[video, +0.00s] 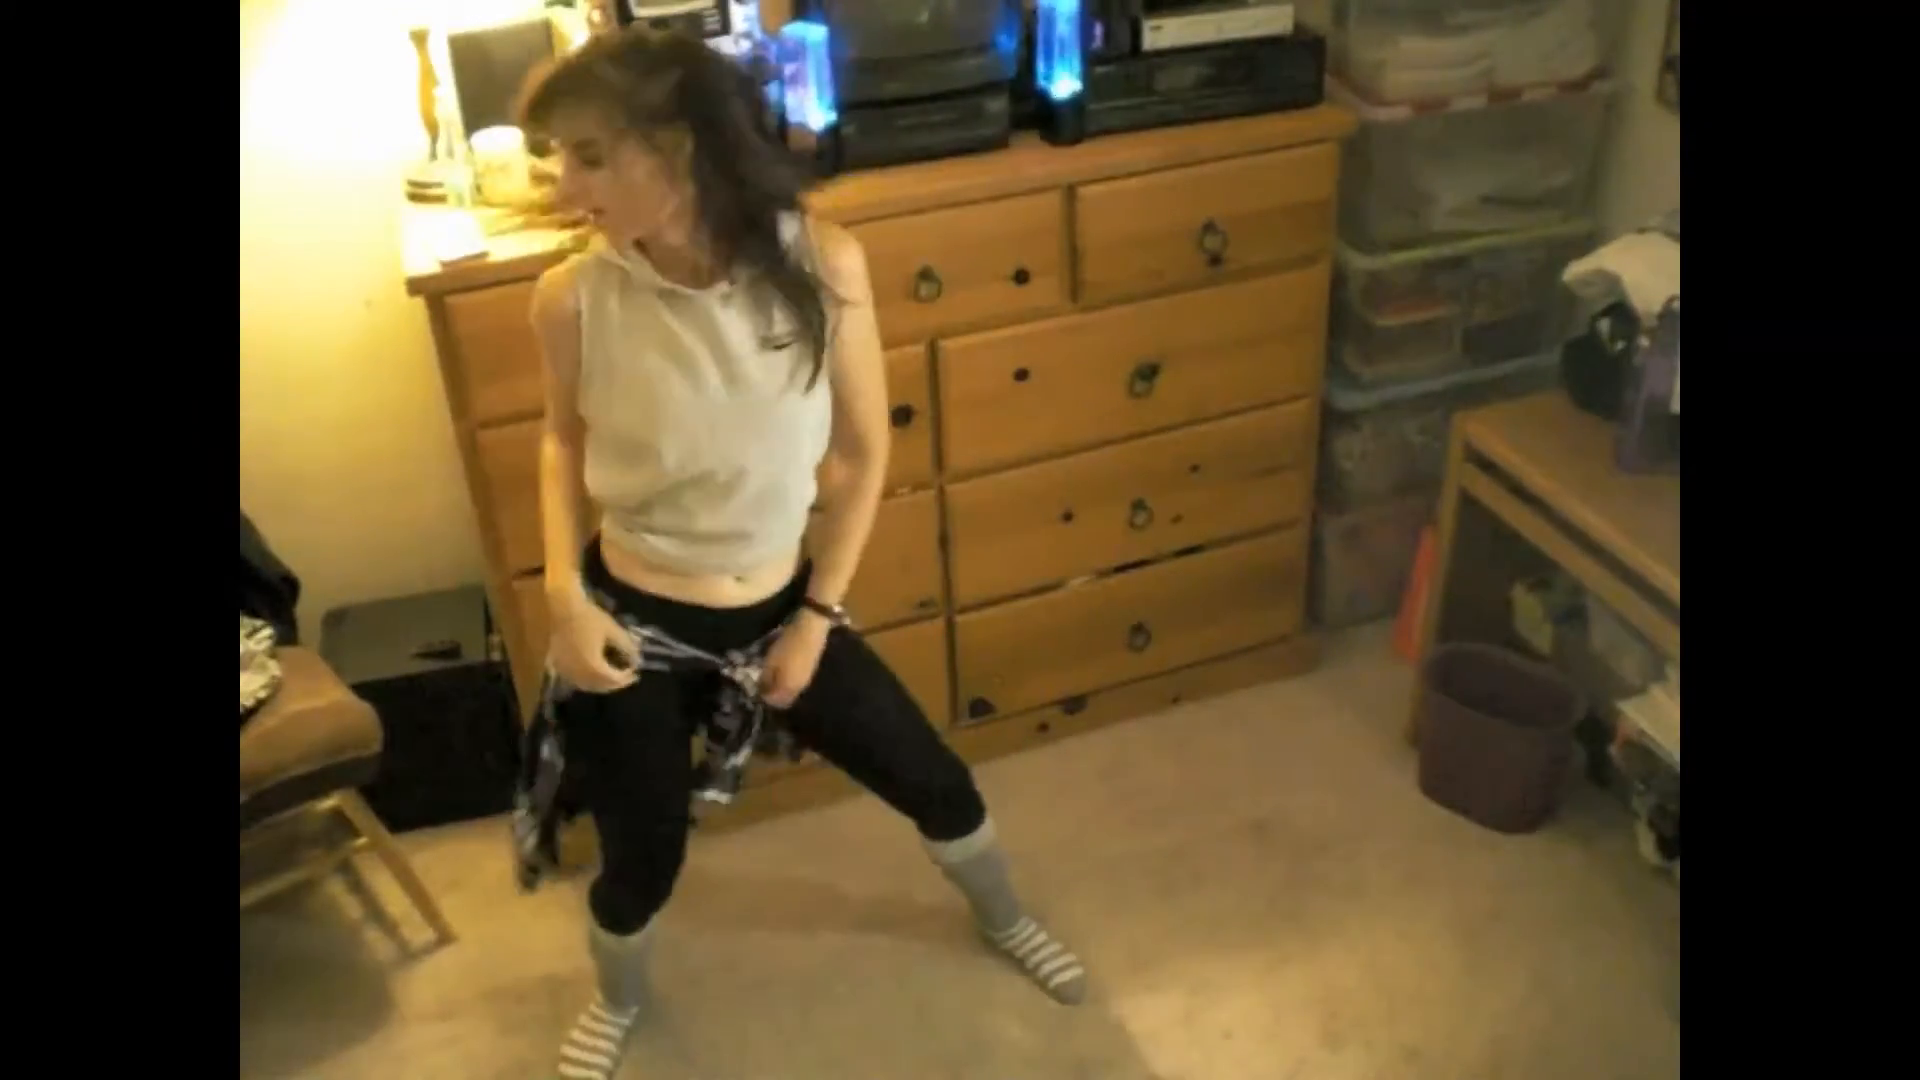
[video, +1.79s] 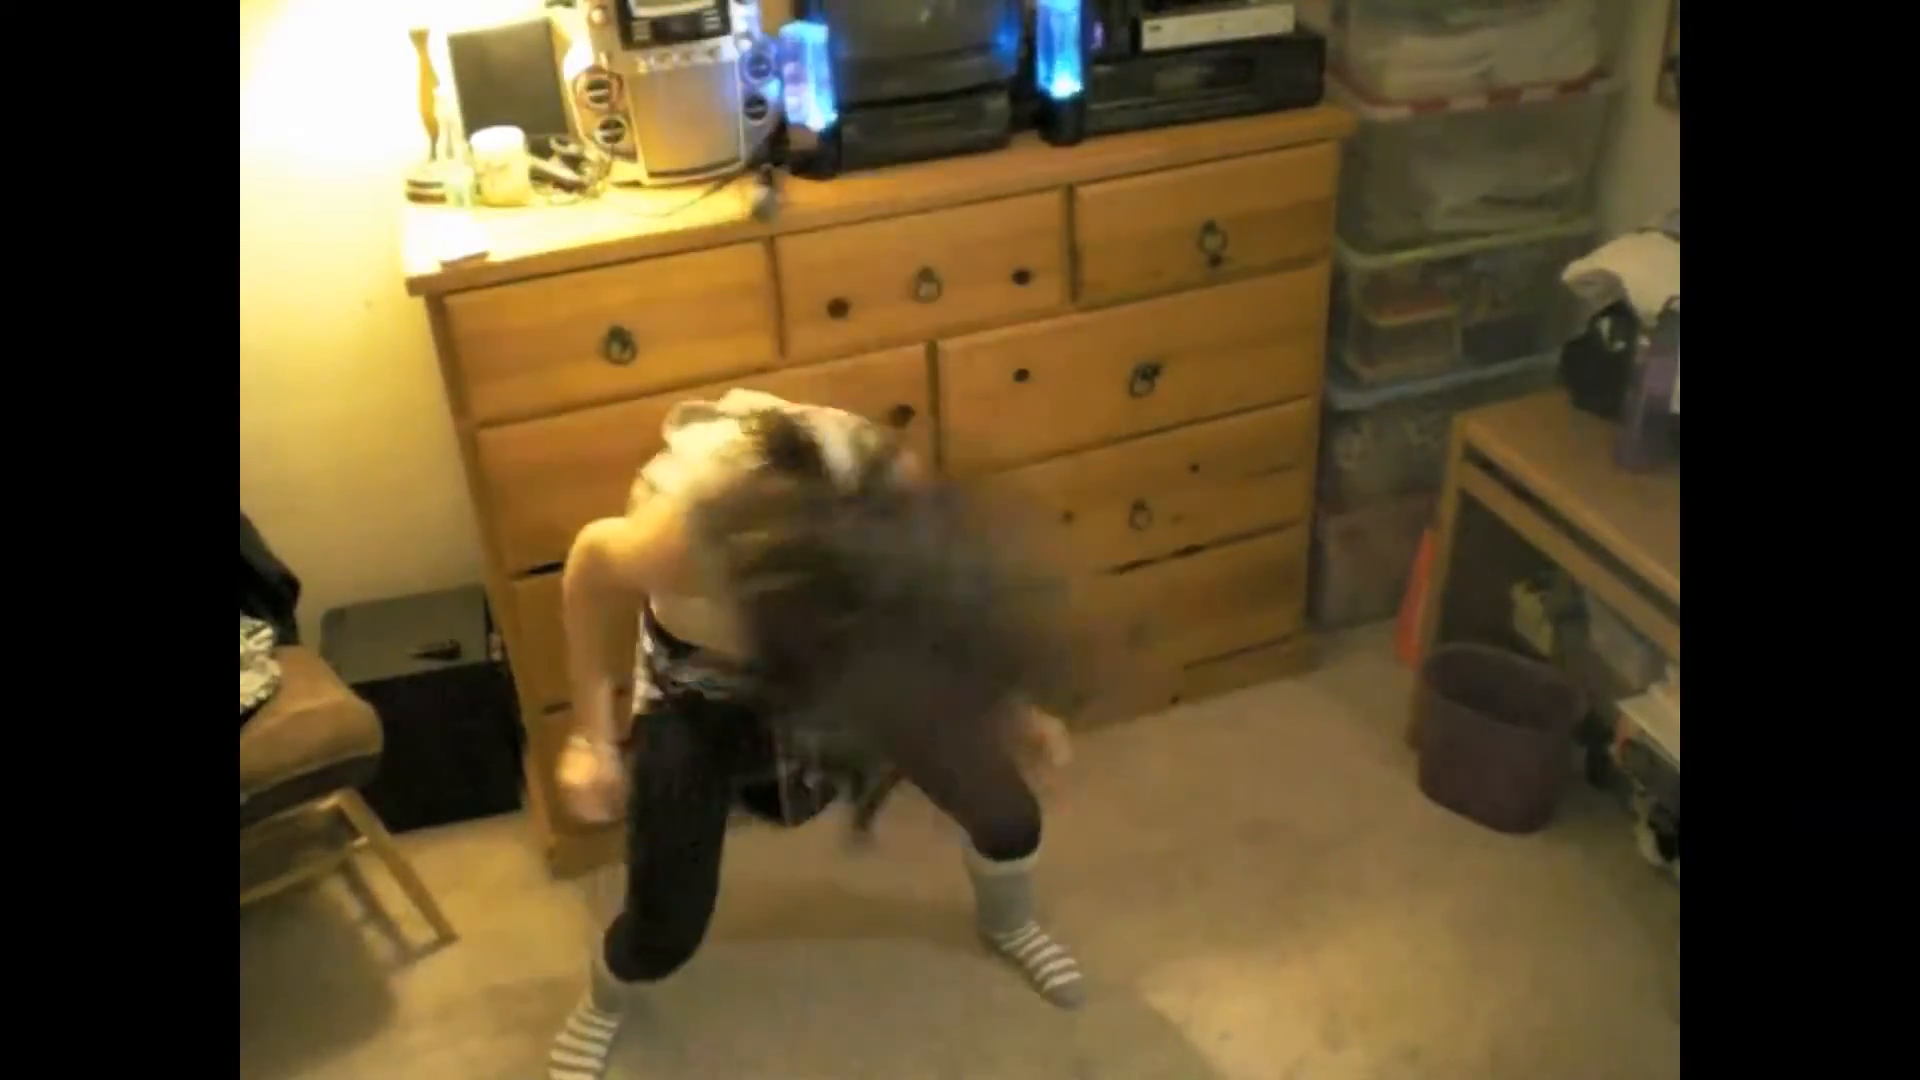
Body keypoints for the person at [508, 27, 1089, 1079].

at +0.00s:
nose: (562, 188)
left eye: (588, 158)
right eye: (556, 161)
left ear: (680, 158)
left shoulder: (819, 264)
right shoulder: (574, 302)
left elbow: (862, 451)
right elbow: (563, 442)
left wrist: (815, 615)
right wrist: (563, 588)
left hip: (786, 616)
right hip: (635, 626)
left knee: (944, 793)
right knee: (636, 869)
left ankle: (1009, 922)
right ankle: (617, 1007)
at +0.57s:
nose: (691, 157)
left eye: (714, 132)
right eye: (684, 131)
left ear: (787, 123)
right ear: (680, 123)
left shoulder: (861, 241)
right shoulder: (688, 224)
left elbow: (880, 469)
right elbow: (648, 359)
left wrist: (780, 618)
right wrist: (646, 490)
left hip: (806, 583)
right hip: (673, 551)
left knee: (883, 830)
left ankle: (985, 922)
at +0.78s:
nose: (829, 227)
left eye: (851, 199)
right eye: (800, 200)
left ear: (877, 215)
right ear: (748, 215)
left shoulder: (912, 342)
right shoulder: (690, 316)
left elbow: (1000, 491)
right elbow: (680, 467)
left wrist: (921, 630)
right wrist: (712, 618)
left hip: (891, 643)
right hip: (754, 644)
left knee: (965, 902)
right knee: (573, 865)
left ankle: (1000, 932)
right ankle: (588, 1021)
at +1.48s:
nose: (932, 257)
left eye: (936, 224)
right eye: (895, 242)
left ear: (960, 217)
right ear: (847, 260)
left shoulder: (945, 319)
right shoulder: (839, 384)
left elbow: (906, 454)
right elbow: (698, 555)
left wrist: (968, 557)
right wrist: (776, 678)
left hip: (861, 616)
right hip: (729, 645)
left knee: (1018, 794)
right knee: (685, 922)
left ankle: (1008, 924)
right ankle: (598, 994)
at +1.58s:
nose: (978, 423)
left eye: (1001, 401)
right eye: (958, 390)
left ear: (1022, 417)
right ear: (904, 379)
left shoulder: (934, 464)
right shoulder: (806, 499)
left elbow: (910, 539)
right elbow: (646, 576)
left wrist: (1010, 620)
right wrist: (739, 717)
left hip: (849, 643)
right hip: (725, 679)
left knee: (1028, 790)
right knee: (681, 948)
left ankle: (1009, 921)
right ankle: (608, 1005)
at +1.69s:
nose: (892, 588)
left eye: (917, 581)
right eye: (897, 567)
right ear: (877, 512)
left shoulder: (908, 520)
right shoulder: (751, 536)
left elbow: (945, 600)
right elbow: (608, 566)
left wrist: (1023, 686)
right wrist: (657, 736)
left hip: (838, 644)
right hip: (711, 685)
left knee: (1016, 797)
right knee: (679, 951)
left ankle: (1011, 924)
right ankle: (605, 1002)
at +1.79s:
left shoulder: (891, 482)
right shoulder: (680, 549)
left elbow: (939, 600)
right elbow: (591, 563)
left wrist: (1002, 701)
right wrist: (595, 731)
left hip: (846, 642)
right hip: (699, 668)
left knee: (1009, 817)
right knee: (668, 928)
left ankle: (1010, 923)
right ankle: (604, 1001)